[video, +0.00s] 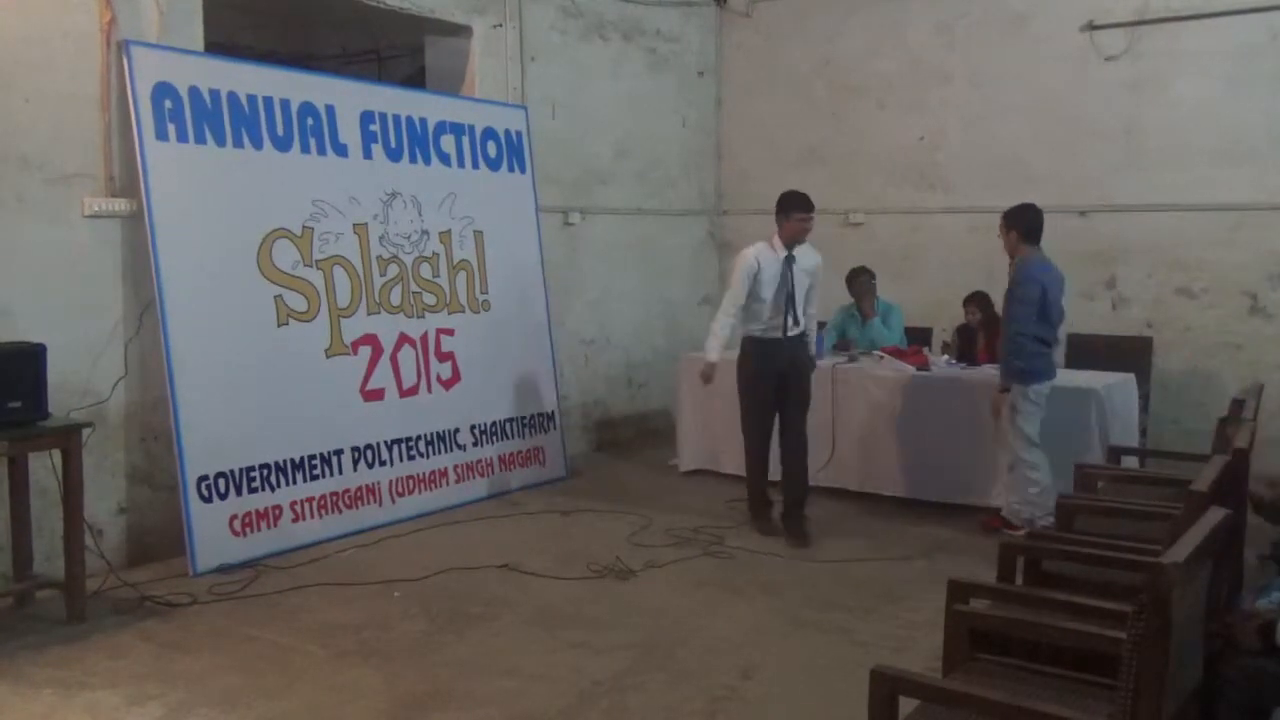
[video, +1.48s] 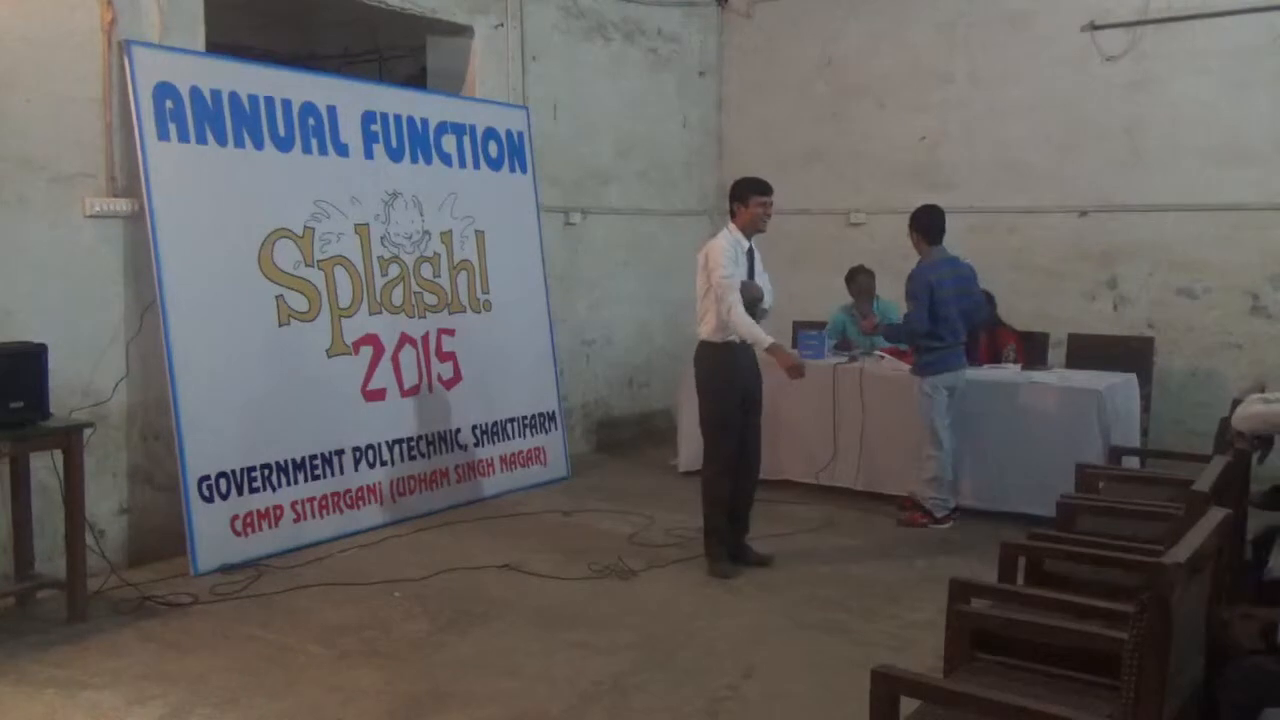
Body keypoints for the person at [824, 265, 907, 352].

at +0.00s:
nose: (864, 291)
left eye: (867, 285)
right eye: (859, 287)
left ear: (874, 287)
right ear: (851, 292)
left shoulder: (892, 311)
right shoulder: (844, 313)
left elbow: (892, 347)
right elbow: (824, 343)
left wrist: (870, 315)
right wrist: (836, 345)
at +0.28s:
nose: (864, 290)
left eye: (868, 285)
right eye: (858, 286)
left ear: (874, 287)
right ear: (851, 292)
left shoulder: (892, 311)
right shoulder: (844, 313)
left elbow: (890, 346)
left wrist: (870, 315)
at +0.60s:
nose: (865, 290)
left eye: (869, 285)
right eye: (859, 286)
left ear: (875, 287)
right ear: (851, 291)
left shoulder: (891, 312)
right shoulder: (843, 315)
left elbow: (894, 348)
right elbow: (828, 346)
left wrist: (871, 316)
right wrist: (838, 347)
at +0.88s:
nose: (864, 291)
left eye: (868, 285)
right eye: (858, 287)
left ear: (874, 287)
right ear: (850, 293)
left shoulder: (889, 310)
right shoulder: (843, 315)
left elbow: (901, 347)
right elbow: (825, 341)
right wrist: (836, 345)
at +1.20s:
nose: (865, 290)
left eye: (869, 285)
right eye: (859, 286)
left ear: (875, 287)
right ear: (850, 292)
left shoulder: (891, 309)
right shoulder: (844, 314)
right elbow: (827, 339)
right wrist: (837, 345)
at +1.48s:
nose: (864, 291)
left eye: (868, 286)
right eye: (859, 287)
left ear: (874, 288)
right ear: (850, 291)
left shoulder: (890, 310)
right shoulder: (842, 314)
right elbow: (827, 340)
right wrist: (838, 345)